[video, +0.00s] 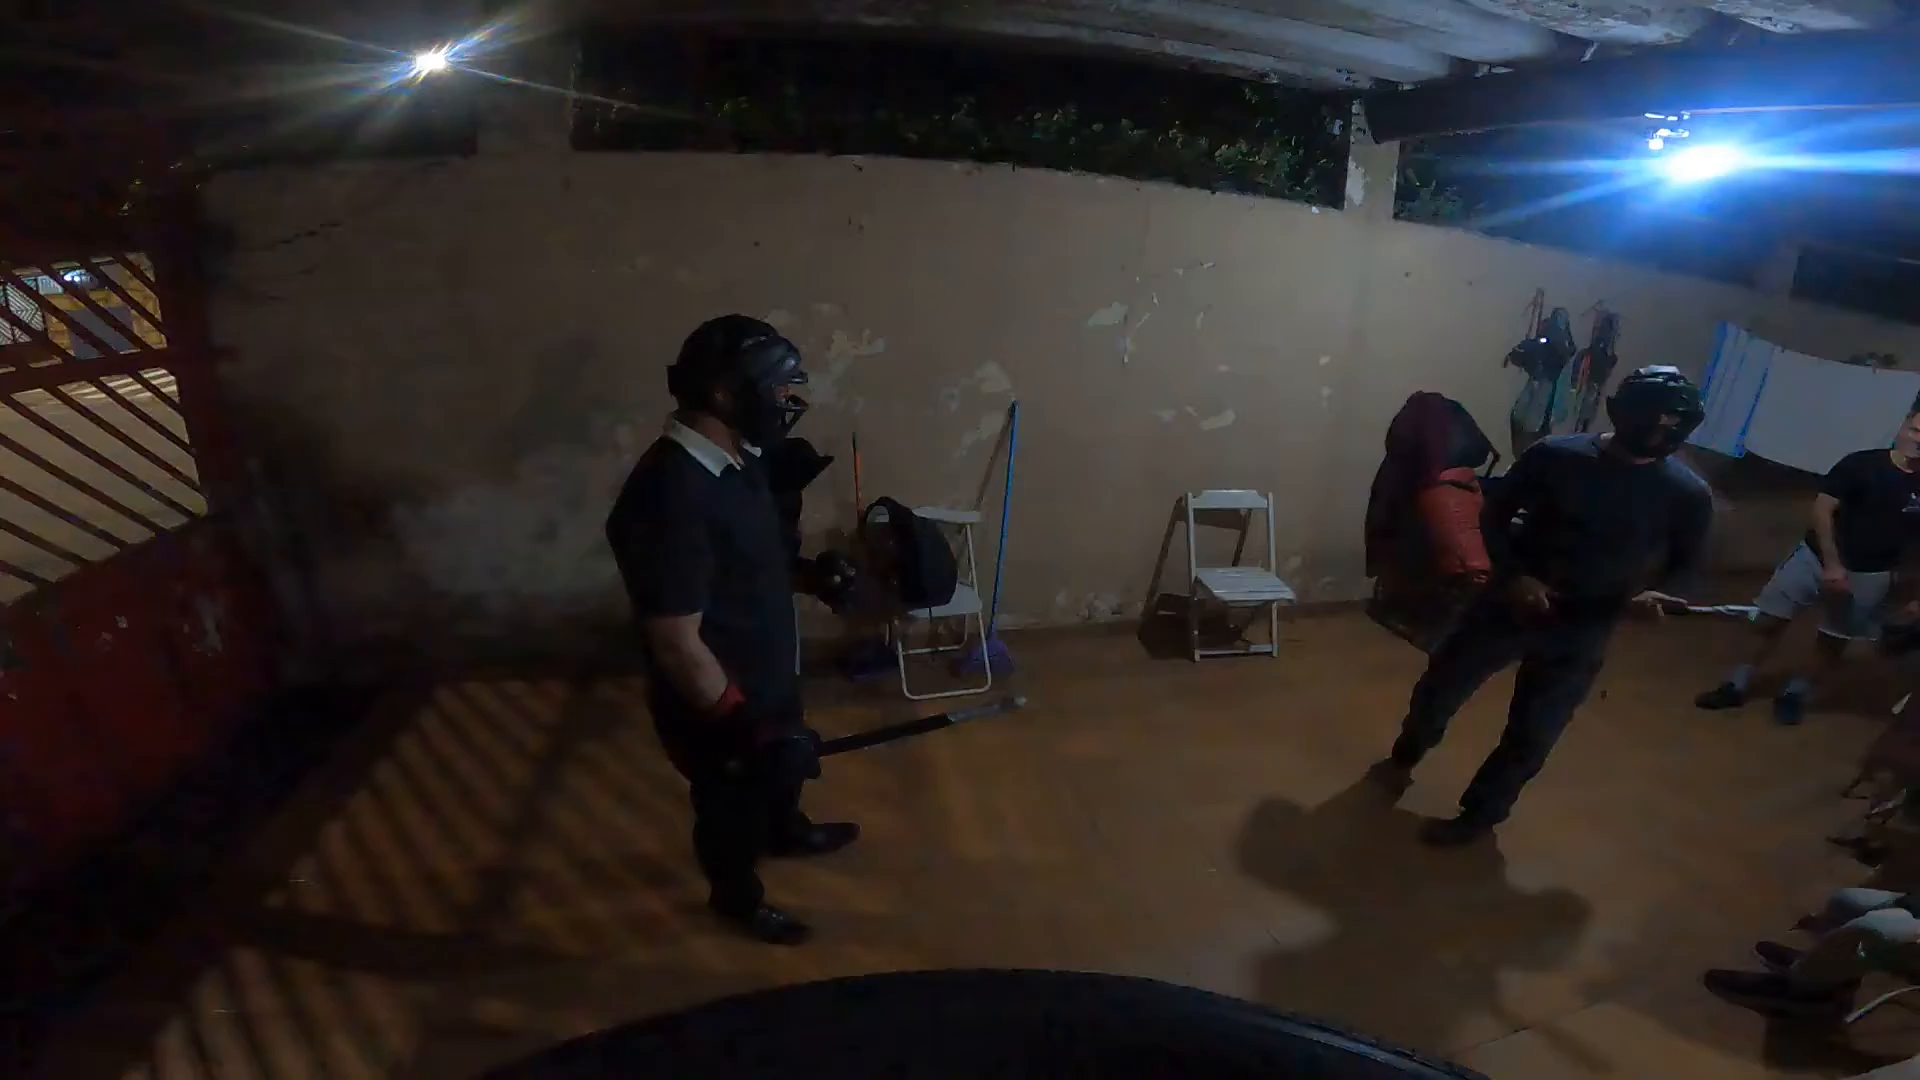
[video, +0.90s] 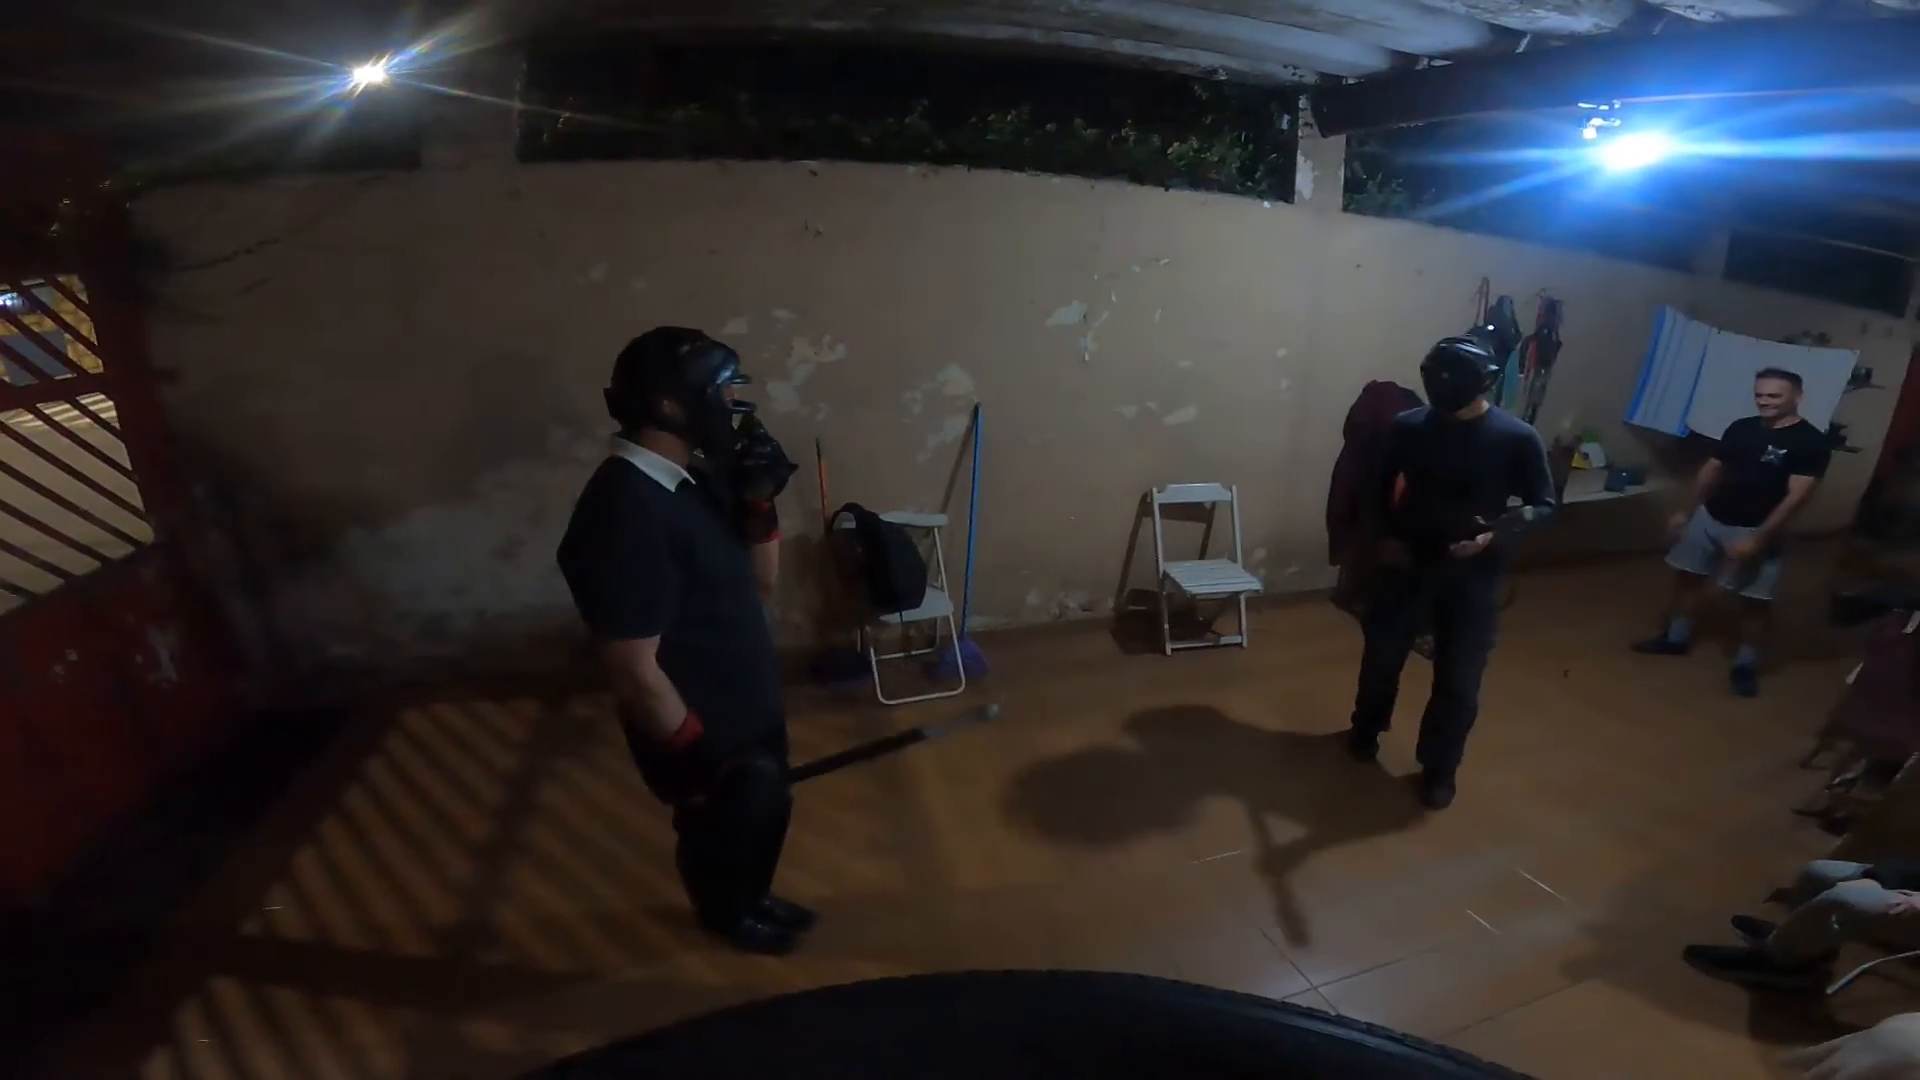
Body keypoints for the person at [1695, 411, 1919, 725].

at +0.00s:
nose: (1916, 437)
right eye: (1913, 428)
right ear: (1901, 428)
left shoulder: (1913, 489)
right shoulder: (1860, 464)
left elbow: (1914, 550)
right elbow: (1822, 507)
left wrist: (1913, 597)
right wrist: (1832, 563)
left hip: (1869, 574)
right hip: (1818, 556)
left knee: (1832, 644)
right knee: (1768, 616)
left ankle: (1798, 692)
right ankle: (1739, 683)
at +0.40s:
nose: (1912, 428)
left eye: (1919, 424)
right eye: (1909, 418)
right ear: (1897, 415)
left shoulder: (1915, 475)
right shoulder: (1853, 450)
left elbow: (1915, 534)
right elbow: (1817, 491)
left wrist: (1899, 583)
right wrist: (1804, 544)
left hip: (1861, 559)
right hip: (1817, 542)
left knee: (1833, 624)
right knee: (1761, 588)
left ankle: (1802, 682)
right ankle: (1748, 655)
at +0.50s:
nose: (1899, 421)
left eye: (1909, 418)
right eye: (1894, 413)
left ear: (1919, 426)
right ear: (1883, 414)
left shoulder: (1912, 471)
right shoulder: (1841, 447)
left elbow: (1909, 529)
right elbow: (1802, 487)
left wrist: (1878, 576)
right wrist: (1788, 538)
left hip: (1849, 557)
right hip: (1803, 541)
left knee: (1825, 623)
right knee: (1752, 584)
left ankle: (1795, 680)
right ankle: (1733, 649)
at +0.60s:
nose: (1860, 414)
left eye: (1871, 410)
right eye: (1855, 405)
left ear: (1886, 418)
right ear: (1846, 406)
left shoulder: (1889, 463)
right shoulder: (1812, 440)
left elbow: (1879, 522)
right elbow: (1773, 478)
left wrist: (1840, 563)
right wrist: (1757, 521)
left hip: (1825, 550)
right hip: (1779, 535)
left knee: (1803, 616)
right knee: (1735, 584)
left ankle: (1780, 676)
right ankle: (1709, 646)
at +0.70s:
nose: (1840, 411)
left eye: (1851, 407)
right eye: (1835, 403)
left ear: (1866, 413)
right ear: (1826, 403)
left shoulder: (1871, 457)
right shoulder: (1797, 436)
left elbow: (1859, 515)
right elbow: (1759, 475)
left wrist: (1823, 558)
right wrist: (1741, 516)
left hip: (1809, 545)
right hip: (1764, 531)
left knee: (1791, 611)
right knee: (1723, 581)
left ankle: (1774, 672)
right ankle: (1704, 643)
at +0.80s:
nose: (1806, 406)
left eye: (1816, 401)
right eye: (1801, 398)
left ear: (1835, 403)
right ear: (1795, 398)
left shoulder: (1845, 448)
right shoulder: (1773, 432)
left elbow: (1830, 505)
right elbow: (1738, 471)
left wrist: (1796, 549)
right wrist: (1717, 513)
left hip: (1784, 539)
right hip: (1741, 526)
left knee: (1772, 607)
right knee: (1709, 581)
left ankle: (1764, 668)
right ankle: (1692, 641)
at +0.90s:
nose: (1765, 402)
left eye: (1774, 396)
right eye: (1760, 396)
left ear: (1796, 397)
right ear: (1754, 396)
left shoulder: (1811, 442)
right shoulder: (1741, 428)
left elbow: (1795, 498)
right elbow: (1711, 469)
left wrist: (1757, 539)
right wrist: (1687, 510)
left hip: (1757, 533)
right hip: (1711, 520)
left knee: (1755, 602)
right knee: (1685, 574)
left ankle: (1745, 664)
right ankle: (1676, 636)